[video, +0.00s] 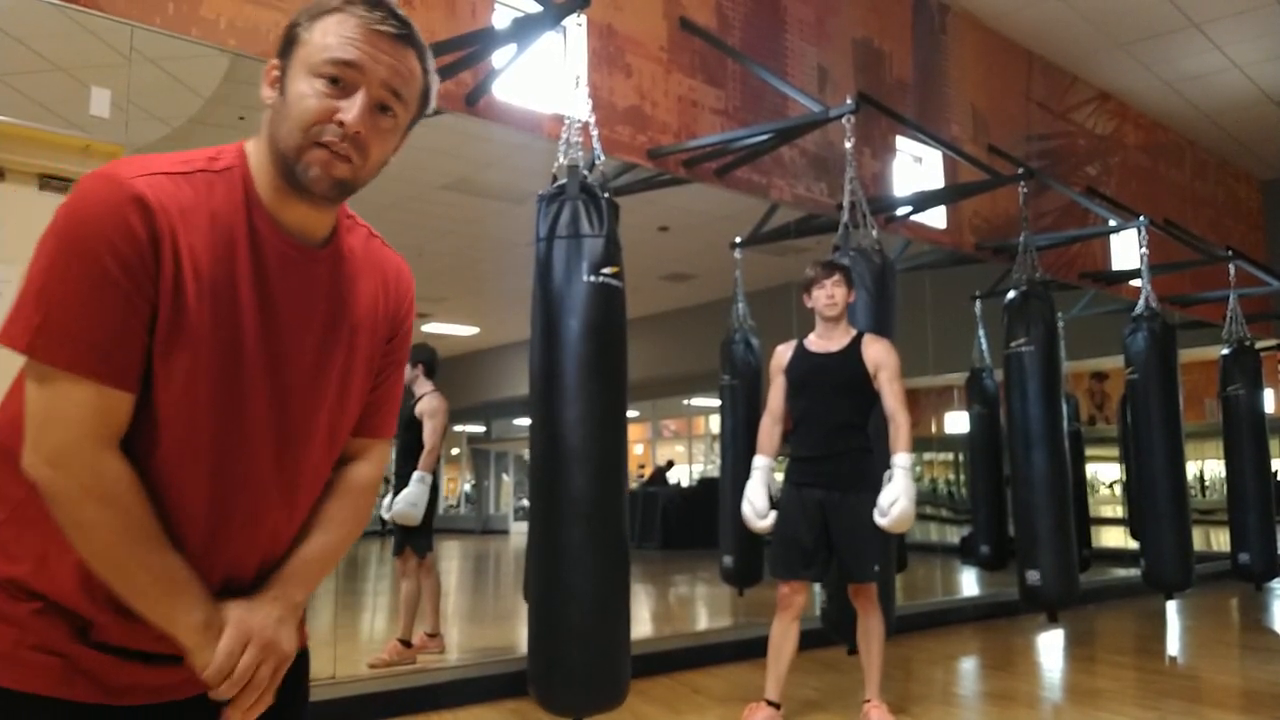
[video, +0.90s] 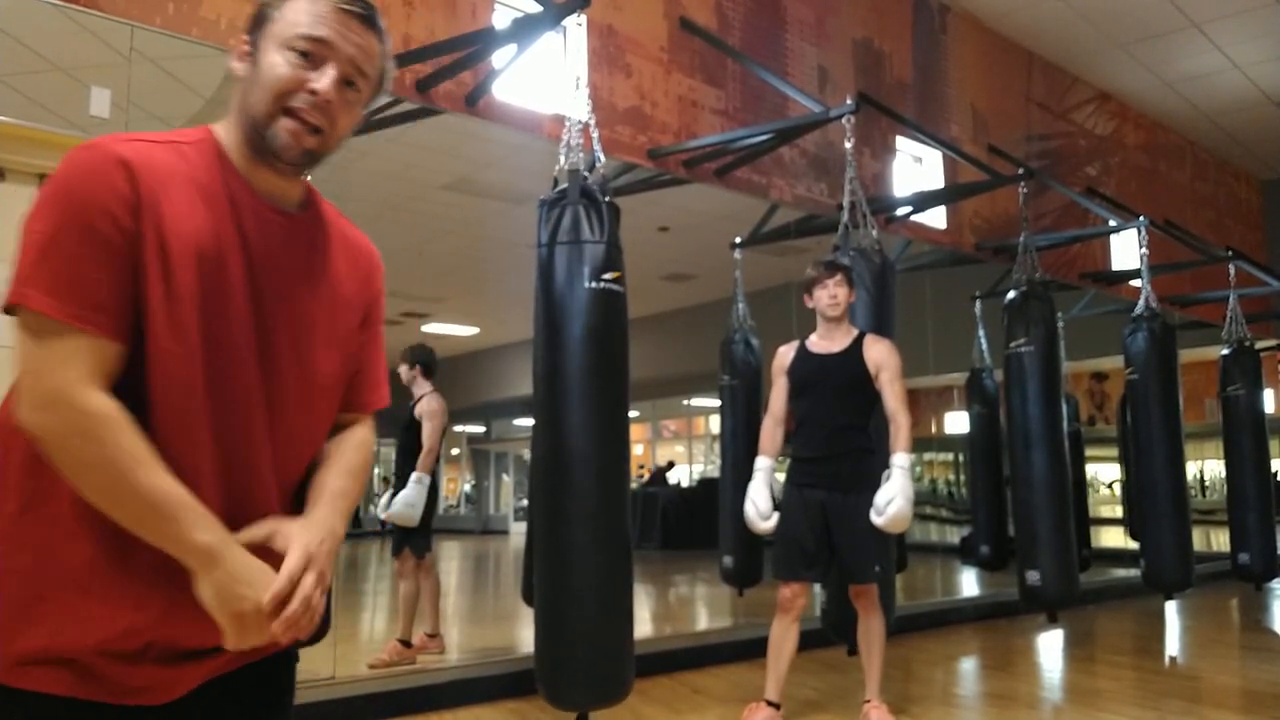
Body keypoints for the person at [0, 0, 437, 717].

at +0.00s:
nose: (352, 118)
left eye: (385, 108)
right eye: (336, 81)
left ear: (399, 142)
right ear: (274, 81)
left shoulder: (385, 284)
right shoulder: (129, 207)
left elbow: (366, 459)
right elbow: (67, 451)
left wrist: (285, 599)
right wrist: (205, 632)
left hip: (254, 669)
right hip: (67, 663)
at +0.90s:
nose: (322, 89)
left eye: (351, 83)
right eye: (305, 54)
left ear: (362, 116)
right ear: (245, 50)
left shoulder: (355, 261)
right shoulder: (115, 178)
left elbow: (353, 423)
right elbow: (55, 393)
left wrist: (324, 525)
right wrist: (211, 554)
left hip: (243, 670)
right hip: (67, 664)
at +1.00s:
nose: (296, 80)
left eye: (325, 73)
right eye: (277, 45)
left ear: (332, 104)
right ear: (214, 43)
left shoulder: (328, 250)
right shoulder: (78, 173)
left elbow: (341, 407)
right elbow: (10, 375)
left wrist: (332, 492)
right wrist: (163, 527)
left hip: (239, 663)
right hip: (62, 664)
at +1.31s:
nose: (225, 47)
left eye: (250, 37)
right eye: (199, 17)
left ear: (259, 67)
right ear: (132, 24)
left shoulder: (280, 214)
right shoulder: (23, 160)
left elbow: (316, 362)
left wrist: (280, 411)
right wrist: (147, 413)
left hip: (239, 645)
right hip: (51, 655)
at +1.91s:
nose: (246, 58)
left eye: (273, 46)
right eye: (222, 36)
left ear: (305, 79)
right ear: (183, 63)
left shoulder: (370, 230)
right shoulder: (93, 206)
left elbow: (430, 378)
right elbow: (13, 380)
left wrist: (373, 400)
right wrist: (170, 409)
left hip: (301, 651)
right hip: (114, 652)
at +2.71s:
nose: (173, 79)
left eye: (200, 59)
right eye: (148, 53)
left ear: (232, 83)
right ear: (109, 66)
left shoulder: (292, 229)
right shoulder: (22, 195)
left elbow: (327, 407)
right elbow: (2, 375)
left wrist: (314, 337)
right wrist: (133, 383)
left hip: (237, 640)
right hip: (47, 642)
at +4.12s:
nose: (273, 111)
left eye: (302, 96)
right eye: (255, 81)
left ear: (328, 119)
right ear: (215, 84)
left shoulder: (366, 255)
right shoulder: (115, 214)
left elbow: (394, 418)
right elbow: (56, 392)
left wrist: (342, 376)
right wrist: (223, 428)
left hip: (282, 647)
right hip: (107, 639)